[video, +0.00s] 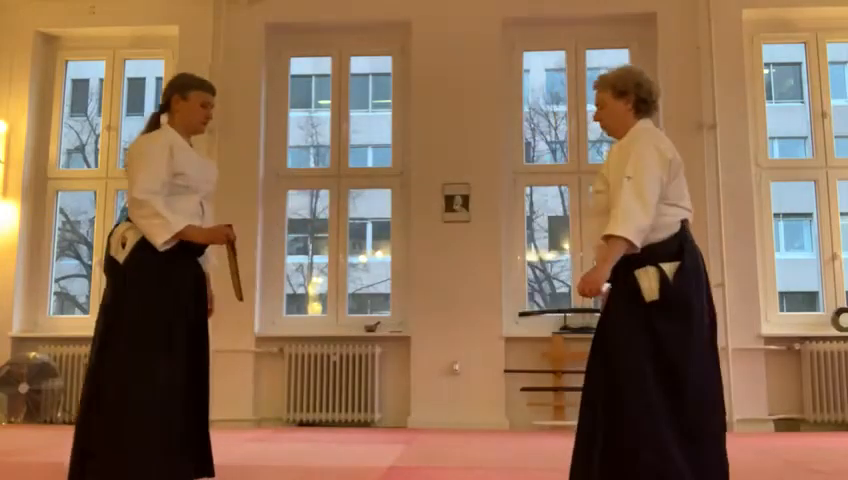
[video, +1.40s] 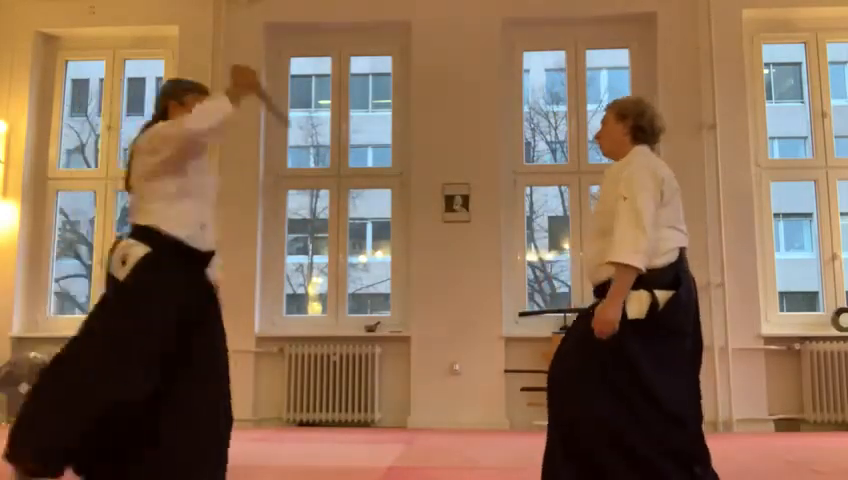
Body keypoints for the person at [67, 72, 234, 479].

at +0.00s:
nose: (208, 115)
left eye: (210, 109)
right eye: (203, 106)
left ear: (190, 109)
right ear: (176, 102)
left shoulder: (188, 153)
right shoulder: (153, 142)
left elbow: (188, 221)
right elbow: (140, 204)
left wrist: (203, 281)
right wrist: (194, 234)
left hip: (180, 266)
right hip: (150, 265)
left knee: (177, 368)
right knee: (147, 368)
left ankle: (170, 465)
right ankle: (139, 465)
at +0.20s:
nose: (196, 114)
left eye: (198, 108)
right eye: (190, 105)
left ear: (183, 110)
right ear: (162, 103)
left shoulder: (176, 154)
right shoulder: (141, 144)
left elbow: (180, 219)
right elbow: (134, 208)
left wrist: (200, 275)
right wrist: (193, 238)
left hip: (168, 264)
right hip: (136, 263)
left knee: (165, 366)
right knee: (129, 365)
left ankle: (159, 464)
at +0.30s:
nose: (188, 114)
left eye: (190, 108)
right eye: (181, 106)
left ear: (169, 110)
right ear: (153, 104)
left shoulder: (168, 154)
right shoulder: (131, 146)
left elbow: (171, 220)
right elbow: (125, 210)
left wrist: (195, 276)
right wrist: (185, 244)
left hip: (161, 267)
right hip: (126, 265)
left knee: (158, 371)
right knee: (109, 367)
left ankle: (153, 465)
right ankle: (30, 460)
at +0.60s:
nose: (145, 117)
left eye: (147, 110)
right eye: (139, 108)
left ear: (139, 116)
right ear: (110, 107)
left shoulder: (139, 170)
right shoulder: (77, 156)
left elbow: (145, 231)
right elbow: (77, 222)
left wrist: (156, 287)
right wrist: (125, 268)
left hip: (124, 278)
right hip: (74, 274)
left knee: (132, 381)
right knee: (70, 381)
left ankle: (130, 469)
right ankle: (64, 469)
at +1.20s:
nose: (157, 118)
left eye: (157, 110)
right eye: (149, 109)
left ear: (138, 115)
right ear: (120, 110)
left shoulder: (139, 166)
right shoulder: (96, 154)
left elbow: (134, 228)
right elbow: (110, 214)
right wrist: (169, 250)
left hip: (129, 278)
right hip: (89, 274)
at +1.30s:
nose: (181, 120)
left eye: (181, 113)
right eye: (174, 111)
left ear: (158, 115)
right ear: (145, 111)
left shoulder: (161, 163)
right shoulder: (123, 151)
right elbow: (159, 180)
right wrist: (227, 184)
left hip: (157, 278)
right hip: (116, 274)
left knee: (185, 374)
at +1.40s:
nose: (206, 113)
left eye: (207, 108)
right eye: (199, 106)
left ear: (185, 107)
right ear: (173, 106)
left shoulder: (194, 148)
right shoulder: (155, 139)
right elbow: (194, 128)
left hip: (192, 271)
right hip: (153, 264)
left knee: (202, 386)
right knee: (104, 363)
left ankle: (194, 469)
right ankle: (34, 449)